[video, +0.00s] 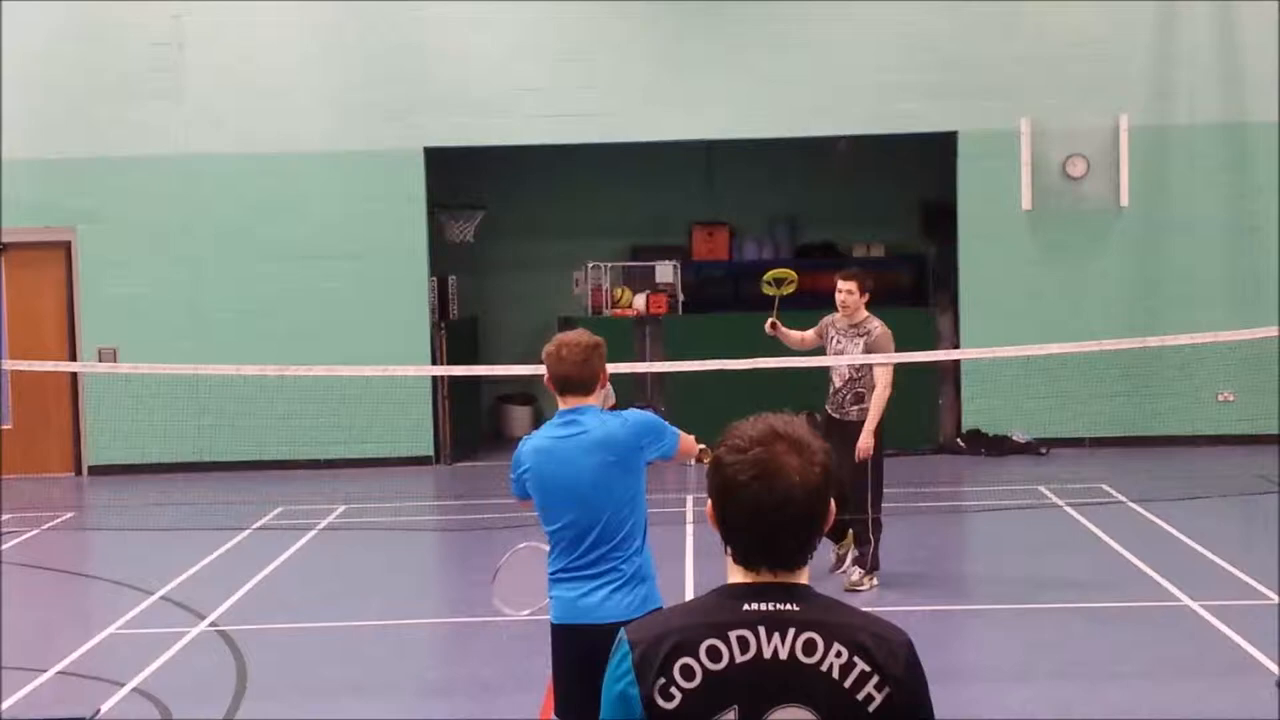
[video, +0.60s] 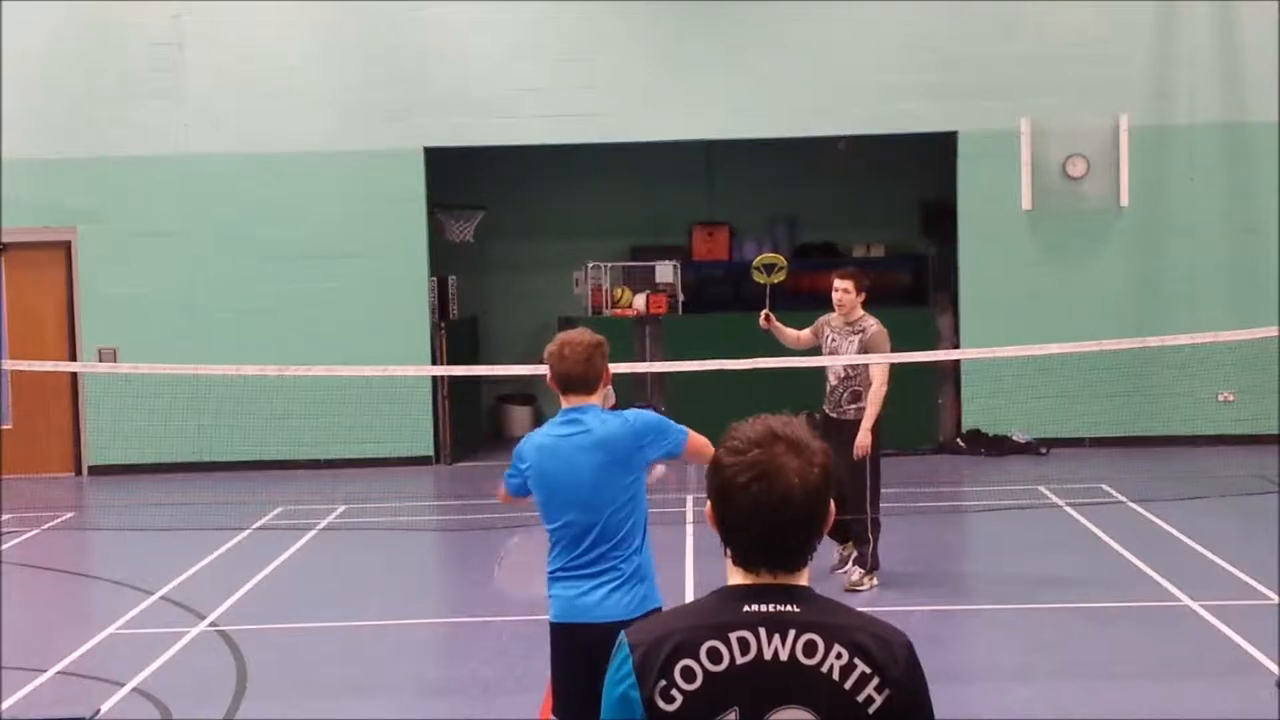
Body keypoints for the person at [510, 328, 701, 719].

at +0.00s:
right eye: (605, 369)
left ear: (549, 381)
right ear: (604, 376)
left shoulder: (530, 449)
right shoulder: (633, 426)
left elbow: (525, 497)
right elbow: (691, 448)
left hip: (571, 619)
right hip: (636, 614)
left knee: (574, 712)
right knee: (644, 711)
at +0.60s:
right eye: (607, 368)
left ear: (551, 380)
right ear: (606, 376)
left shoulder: (533, 445)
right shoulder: (635, 426)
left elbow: (510, 495)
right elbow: (706, 450)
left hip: (569, 618)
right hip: (634, 613)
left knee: (573, 712)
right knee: (640, 710)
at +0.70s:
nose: (611, 375)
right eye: (610, 368)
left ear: (551, 380)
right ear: (607, 375)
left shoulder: (533, 445)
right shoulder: (638, 427)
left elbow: (484, 494)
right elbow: (710, 456)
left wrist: (527, 474)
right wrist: (675, 474)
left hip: (571, 618)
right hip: (636, 613)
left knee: (572, 711)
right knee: (643, 711)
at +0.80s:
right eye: (611, 368)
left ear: (555, 379)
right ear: (610, 376)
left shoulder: (534, 444)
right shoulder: (640, 429)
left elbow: (465, 498)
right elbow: (715, 460)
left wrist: (474, 473)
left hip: (571, 617)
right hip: (636, 612)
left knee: (573, 712)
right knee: (645, 710)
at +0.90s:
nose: (617, 370)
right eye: (616, 365)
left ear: (558, 378)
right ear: (614, 374)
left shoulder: (534, 445)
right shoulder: (644, 432)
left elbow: (460, 508)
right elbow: (713, 472)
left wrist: (432, 501)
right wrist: (699, 454)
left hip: (572, 618)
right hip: (637, 613)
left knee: (573, 712)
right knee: (646, 711)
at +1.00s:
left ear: (562, 379)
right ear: (618, 376)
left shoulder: (535, 445)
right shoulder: (646, 436)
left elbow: (469, 518)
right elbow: (710, 486)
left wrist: (418, 537)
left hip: (571, 621)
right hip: (637, 616)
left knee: (572, 710)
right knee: (642, 708)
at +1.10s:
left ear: (568, 380)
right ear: (624, 377)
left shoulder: (538, 446)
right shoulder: (651, 440)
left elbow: (484, 533)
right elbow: (714, 513)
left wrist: (433, 580)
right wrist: (756, 531)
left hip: (570, 621)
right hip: (637, 617)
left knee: (574, 712)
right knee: (638, 712)